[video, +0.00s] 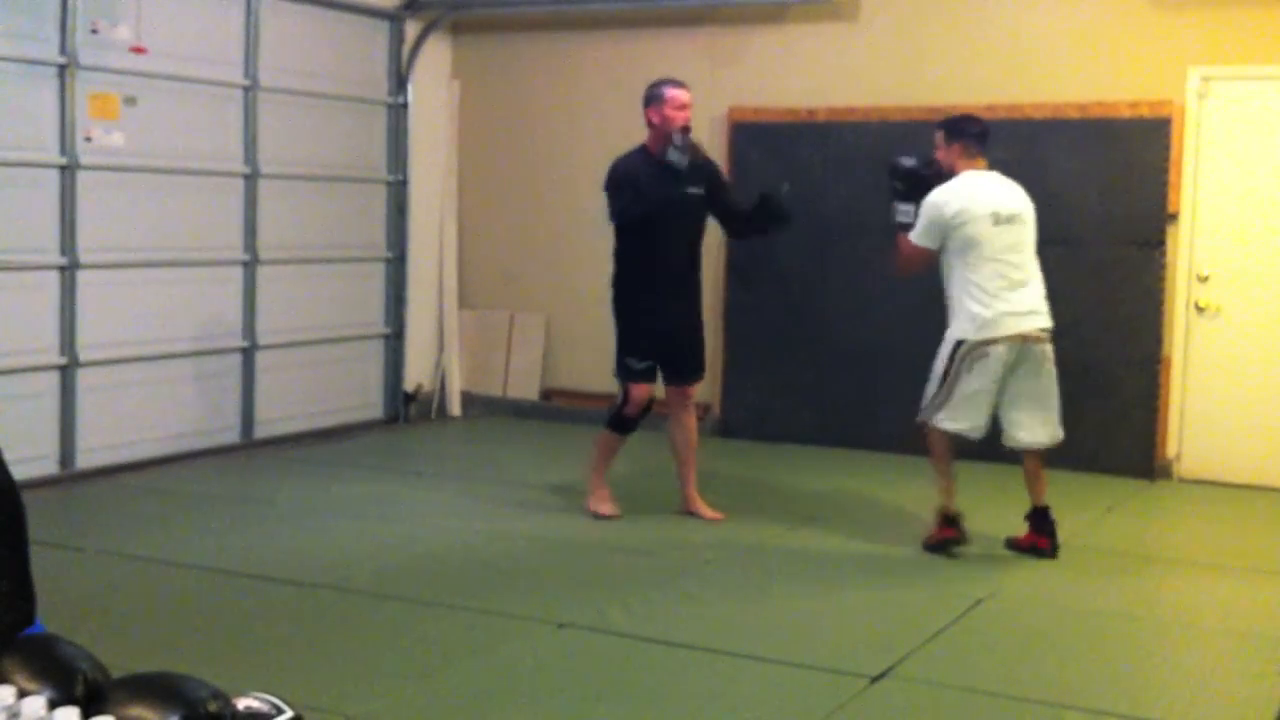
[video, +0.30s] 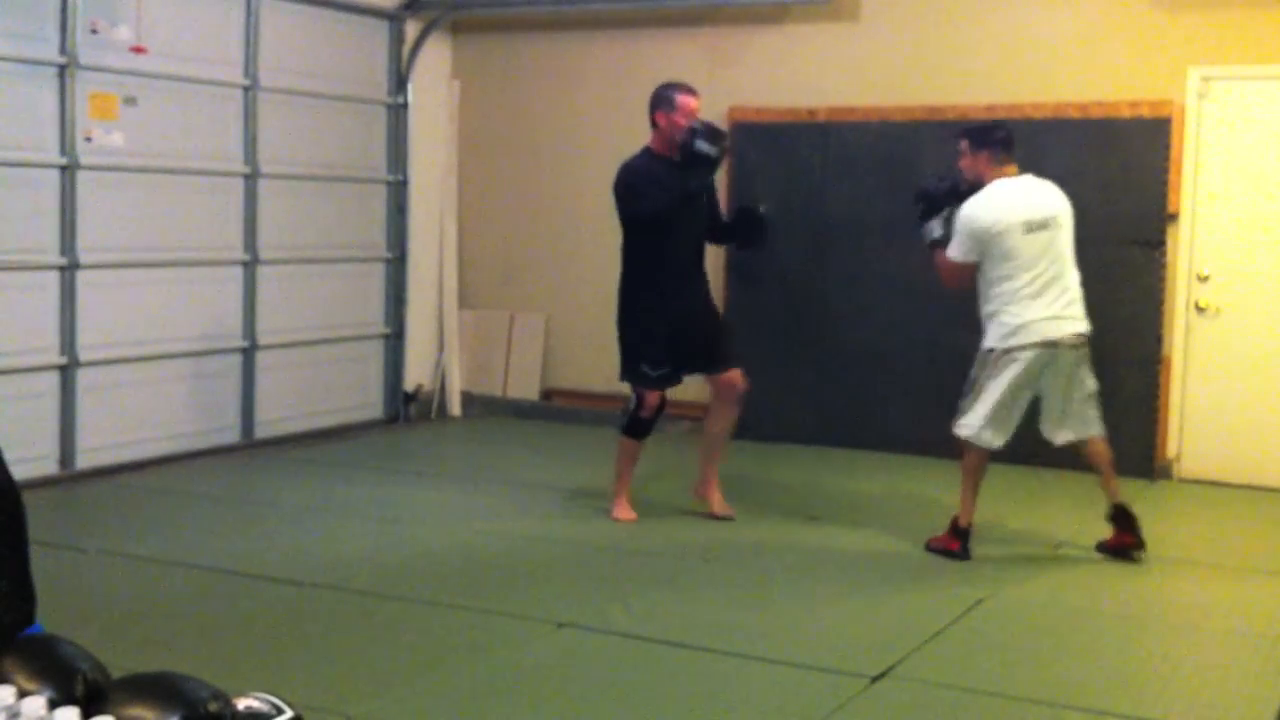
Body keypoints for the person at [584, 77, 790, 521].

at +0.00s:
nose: (686, 116)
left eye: (688, 108)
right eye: (678, 108)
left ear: (689, 113)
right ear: (651, 114)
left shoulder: (701, 169)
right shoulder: (629, 170)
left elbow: (734, 224)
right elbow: (632, 223)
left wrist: (764, 214)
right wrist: (671, 169)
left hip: (683, 296)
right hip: (638, 297)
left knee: (683, 397)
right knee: (638, 395)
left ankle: (690, 495)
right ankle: (597, 483)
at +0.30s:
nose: (694, 125)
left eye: (696, 118)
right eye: (686, 117)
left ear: (690, 120)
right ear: (659, 118)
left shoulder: (694, 169)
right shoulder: (635, 173)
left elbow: (711, 229)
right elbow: (647, 217)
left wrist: (743, 229)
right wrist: (699, 168)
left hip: (691, 299)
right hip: (646, 302)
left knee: (730, 383)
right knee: (649, 401)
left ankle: (708, 483)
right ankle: (621, 494)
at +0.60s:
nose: (721, 133)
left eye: (726, 124)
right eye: (714, 124)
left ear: (729, 126)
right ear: (690, 123)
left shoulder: (723, 173)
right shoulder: (665, 174)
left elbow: (758, 222)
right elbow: (680, 221)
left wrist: (786, 184)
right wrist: (719, 163)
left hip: (716, 302)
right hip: (671, 302)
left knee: (742, 400)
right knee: (662, 401)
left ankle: (775, 502)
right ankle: (622, 493)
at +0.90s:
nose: (773, 134)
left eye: (777, 126)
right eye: (765, 124)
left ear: (777, 125)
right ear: (740, 121)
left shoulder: (765, 170)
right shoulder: (709, 170)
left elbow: (798, 227)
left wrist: (823, 183)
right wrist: (768, 164)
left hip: (760, 299)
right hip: (716, 300)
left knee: (769, 399)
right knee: (716, 400)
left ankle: (779, 503)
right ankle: (659, 482)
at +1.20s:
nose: (801, 136)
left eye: (806, 127)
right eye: (794, 125)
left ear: (800, 127)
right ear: (765, 122)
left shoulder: (780, 170)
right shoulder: (732, 171)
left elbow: (791, 226)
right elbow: (774, 223)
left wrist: (832, 206)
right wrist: (794, 171)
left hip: (769, 301)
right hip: (729, 303)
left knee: (811, 390)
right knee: (726, 400)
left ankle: (809, 501)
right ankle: (677, 499)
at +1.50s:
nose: (809, 134)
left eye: (812, 125)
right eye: (801, 124)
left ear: (811, 125)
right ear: (774, 123)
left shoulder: (804, 169)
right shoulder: (752, 174)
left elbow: (826, 221)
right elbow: (786, 221)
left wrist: (877, 220)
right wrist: (818, 168)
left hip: (796, 298)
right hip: (754, 299)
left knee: (825, 392)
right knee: (748, 396)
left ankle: (814, 502)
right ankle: (682, 481)